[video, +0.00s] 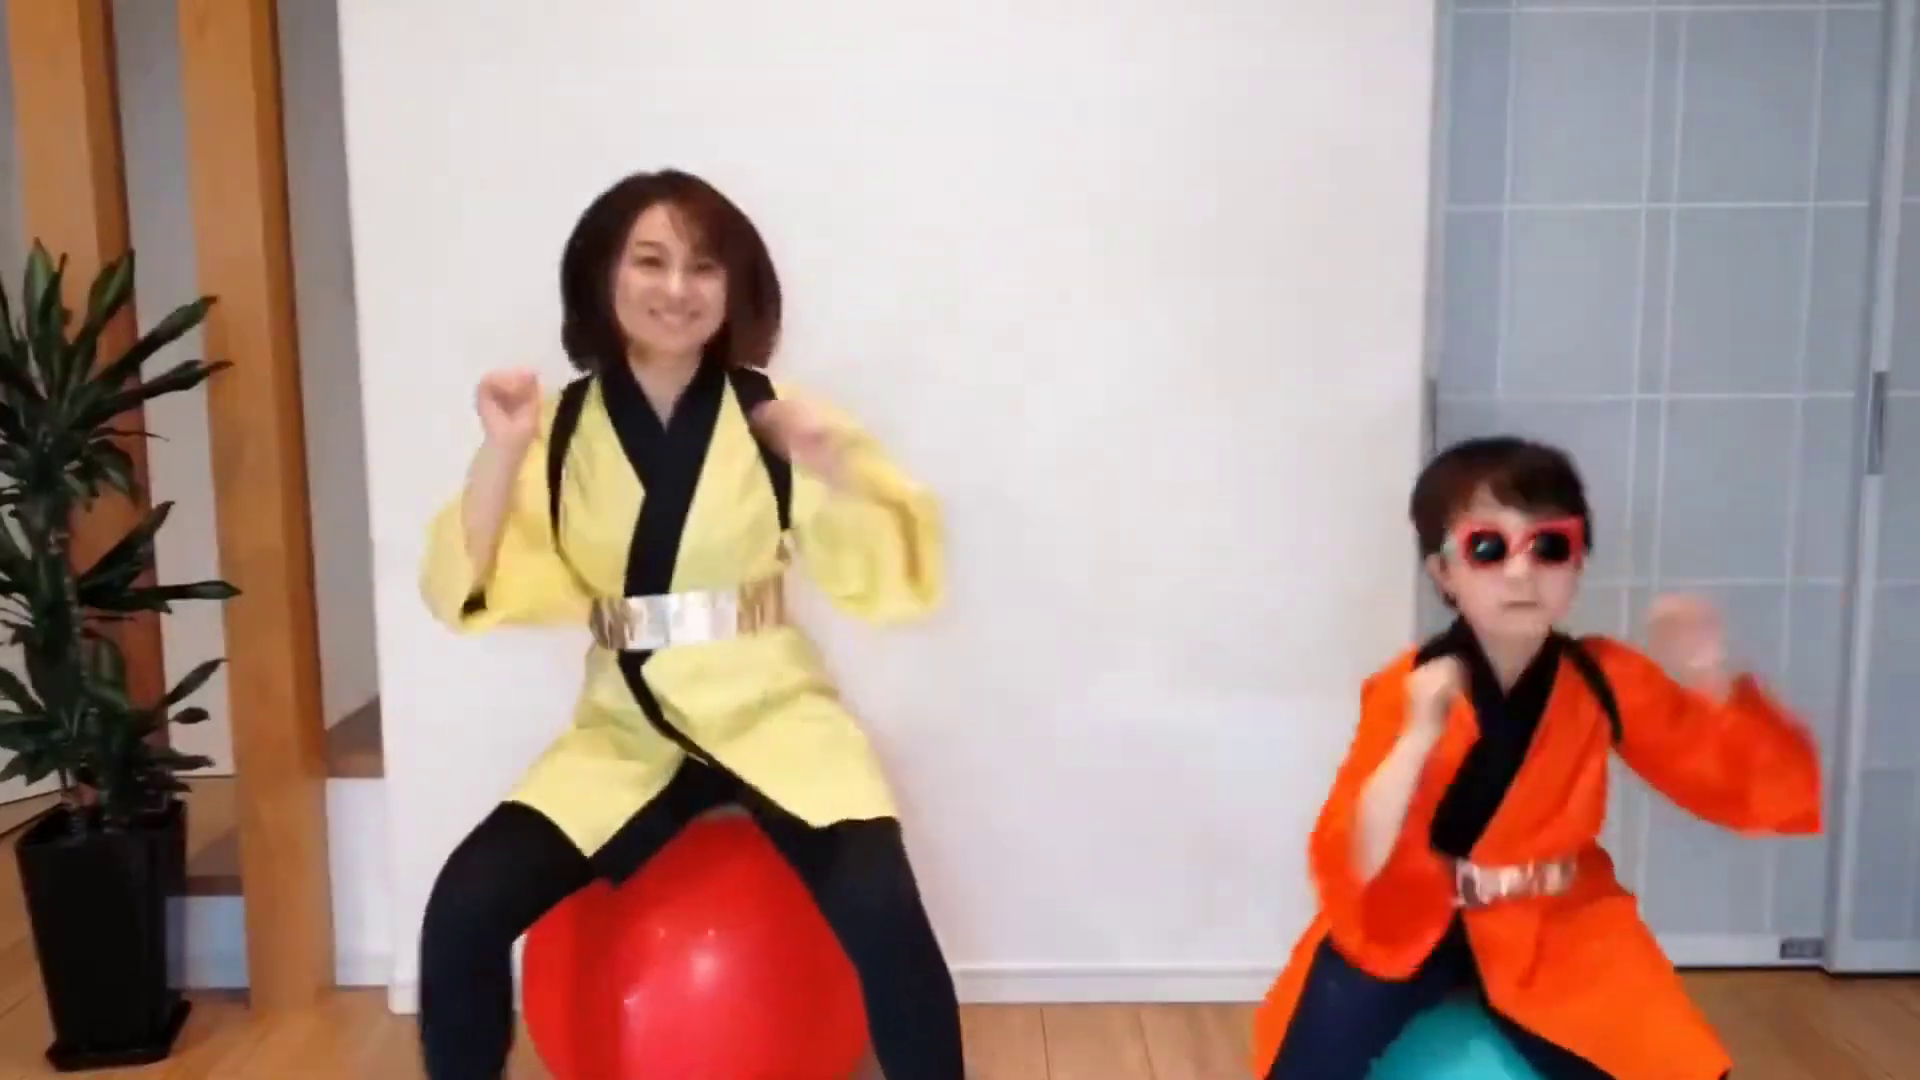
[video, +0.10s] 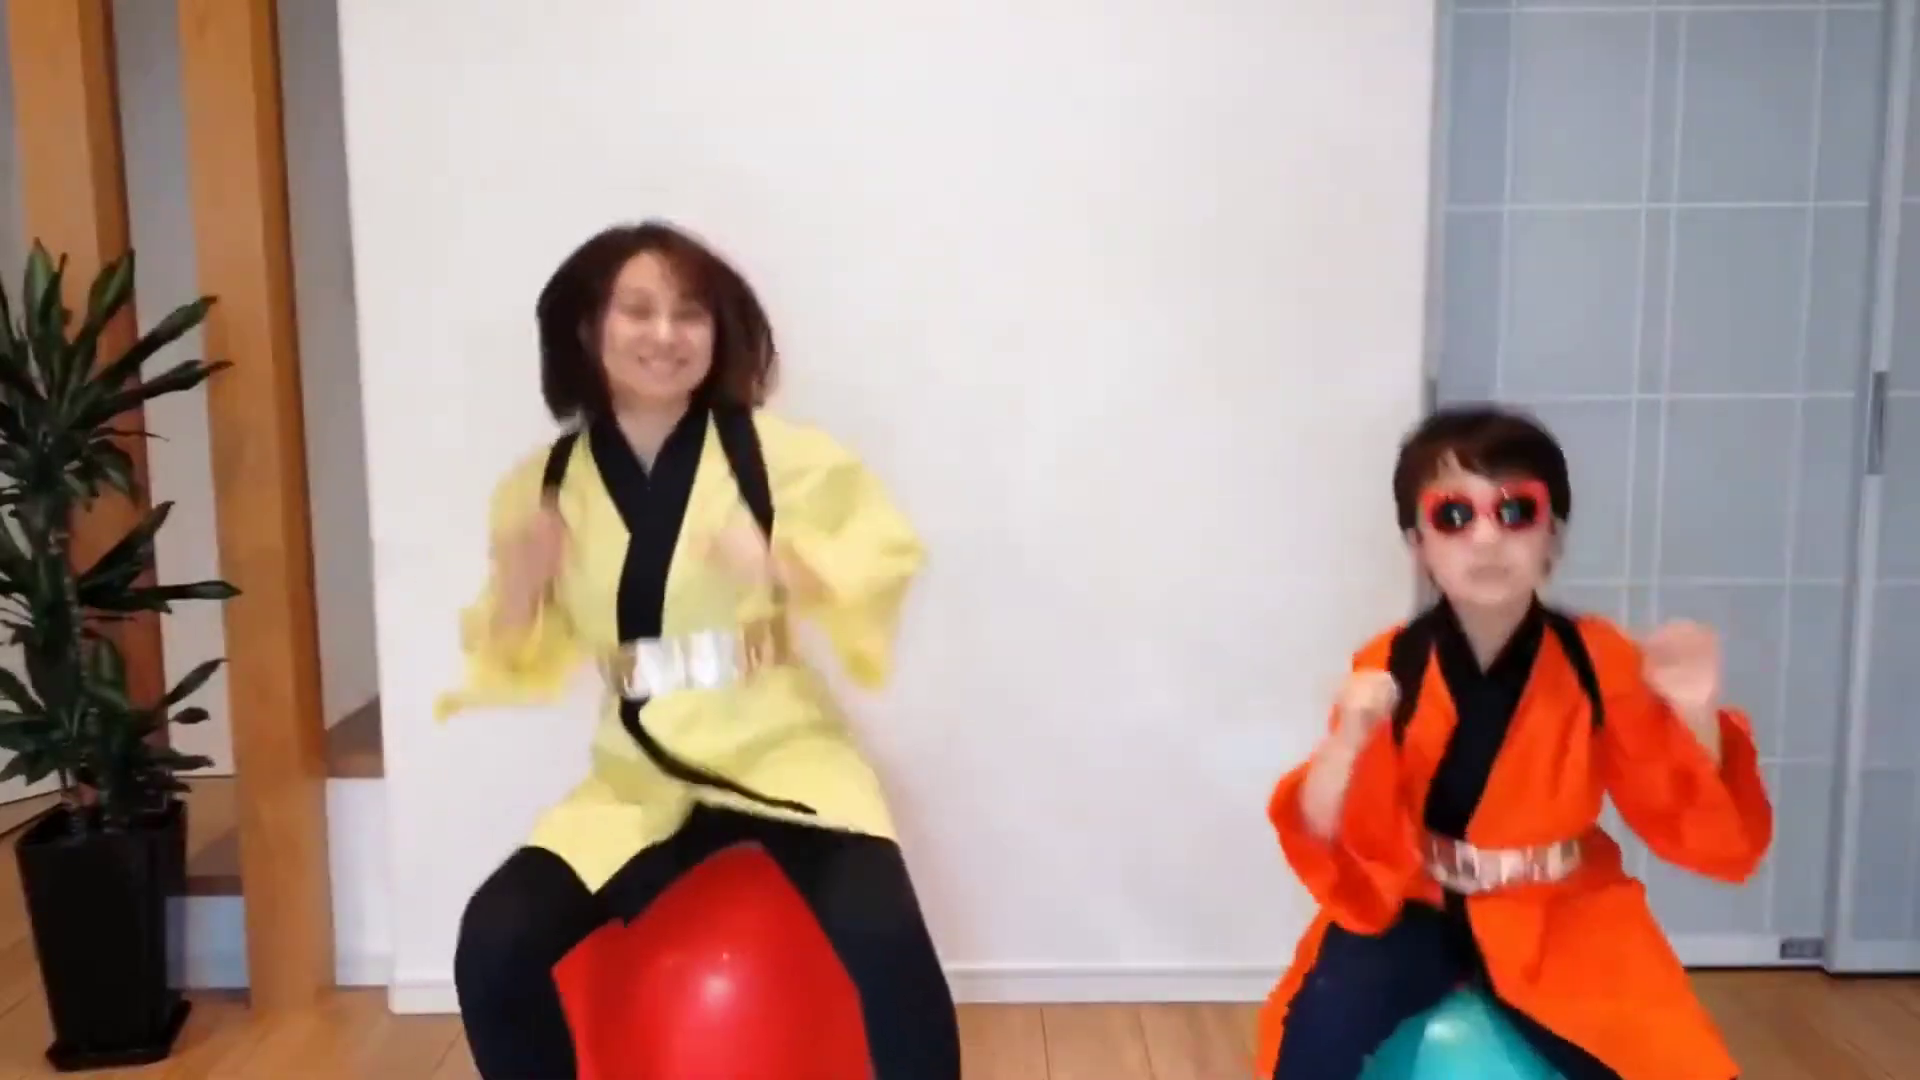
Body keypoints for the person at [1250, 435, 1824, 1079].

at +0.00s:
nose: (1521, 568)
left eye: (1549, 545)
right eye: (1488, 547)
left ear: (1580, 564)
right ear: (1443, 574)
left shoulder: (1604, 679)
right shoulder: (1409, 689)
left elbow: (1767, 791)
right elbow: (1348, 869)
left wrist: (1718, 687)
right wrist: (1416, 742)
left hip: (1551, 923)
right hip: (1412, 918)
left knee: (1661, 1062)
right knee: (1312, 1051)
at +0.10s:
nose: (1486, 537)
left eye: (1516, 508)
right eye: (1452, 513)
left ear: (1554, 533)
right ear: (1418, 546)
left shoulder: (1597, 660)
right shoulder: (1388, 666)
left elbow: (1709, 838)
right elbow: (1316, 835)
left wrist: (1699, 718)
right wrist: (1349, 736)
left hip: (1552, 910)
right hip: (1414, 905)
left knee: (1660, 1059)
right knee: (1313, 1041)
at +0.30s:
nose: (1453, 416)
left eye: (1482, 384)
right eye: (1419, 392)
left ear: (1527, 385)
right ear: (1388, 405)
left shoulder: (1588, 520)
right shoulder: (1374, 517)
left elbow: (1653, 658)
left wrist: (1647, 727)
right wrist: (1268, 688)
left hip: (1539, 793)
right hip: (1397, 787)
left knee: (1627, 969)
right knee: (1329, 950)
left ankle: (1666, 1070)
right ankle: (1296, 1063)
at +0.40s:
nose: (1432, 458)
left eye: (1461, 428)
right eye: (1400, 435)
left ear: (1506, 428)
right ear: (1370, 442)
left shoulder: (1561, 560)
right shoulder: (1354, 555)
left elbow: (1619, 709)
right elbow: (1304, 691)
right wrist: (1245, 782)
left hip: (1516, 820)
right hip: (1379, 811)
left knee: (1628, 988)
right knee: (1323, 952)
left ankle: (1666, 1069)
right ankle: (1267, 1066)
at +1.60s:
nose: (1519, 543)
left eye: (1545, 520)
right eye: (1489, 516)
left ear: (1565, 528)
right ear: (1421, 521)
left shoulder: (1554, 658)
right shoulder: (1353, 648)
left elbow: (1599, 795)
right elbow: (1310, 810)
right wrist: (1335, 973)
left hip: (1487, 887)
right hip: (1351, 885)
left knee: (1628, 1039)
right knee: (1237, 1017)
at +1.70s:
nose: (1536, 573)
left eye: (1560, 551)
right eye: (1505, 549)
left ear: (1578, 566)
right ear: (1439, 571)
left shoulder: (1562, 693)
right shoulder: (1391, 703)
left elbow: (1610, 828)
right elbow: (1417, 881)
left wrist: (1661, 938)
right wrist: (1479, 1048)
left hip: (1497, 935)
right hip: (1355, 939)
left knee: (1630, 1048)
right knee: (1253, 1050)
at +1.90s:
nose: (1558, 397)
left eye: (1586, 373)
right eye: (1525, 371)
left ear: (1607, 388)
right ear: (1462, 391)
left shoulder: (1600, 525)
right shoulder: (1421, 523)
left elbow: (1711, 614)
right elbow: (1467, 667)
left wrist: (1860, 671)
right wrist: (1657, 694)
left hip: (1539, 801)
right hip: (1406, 790)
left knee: (1663, 1027)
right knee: (1292, 970)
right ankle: (1243, 1068)